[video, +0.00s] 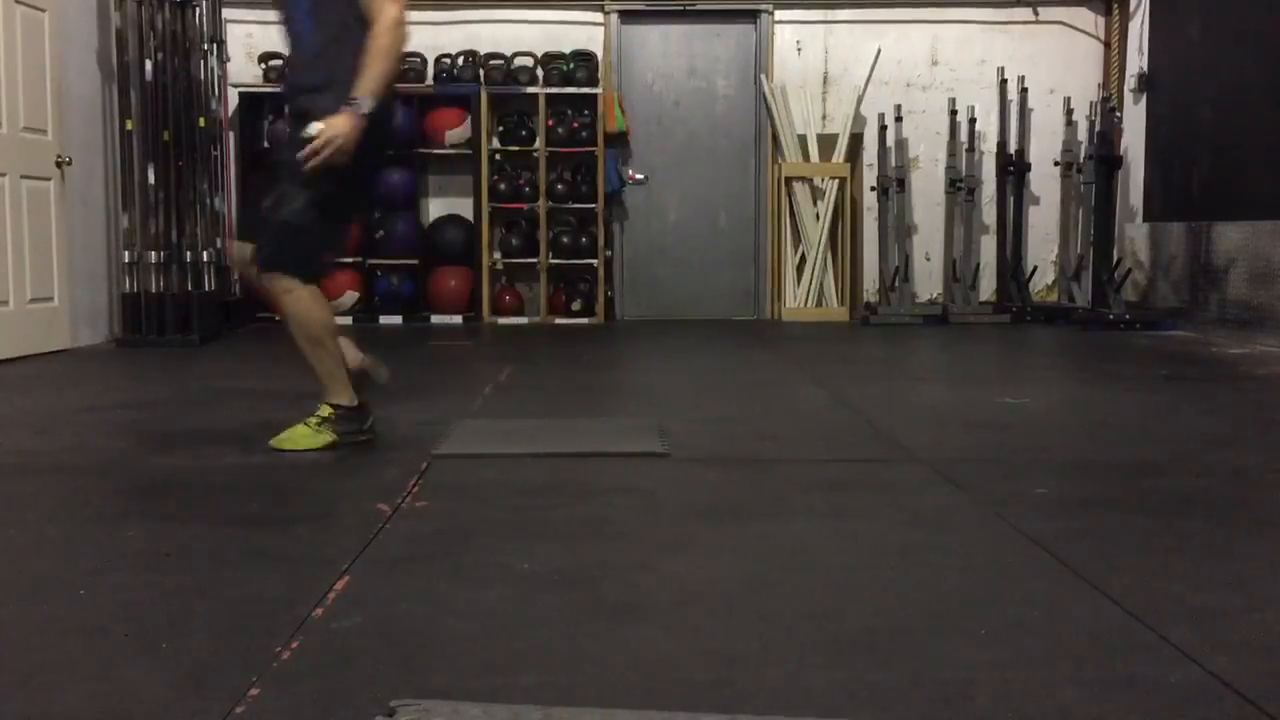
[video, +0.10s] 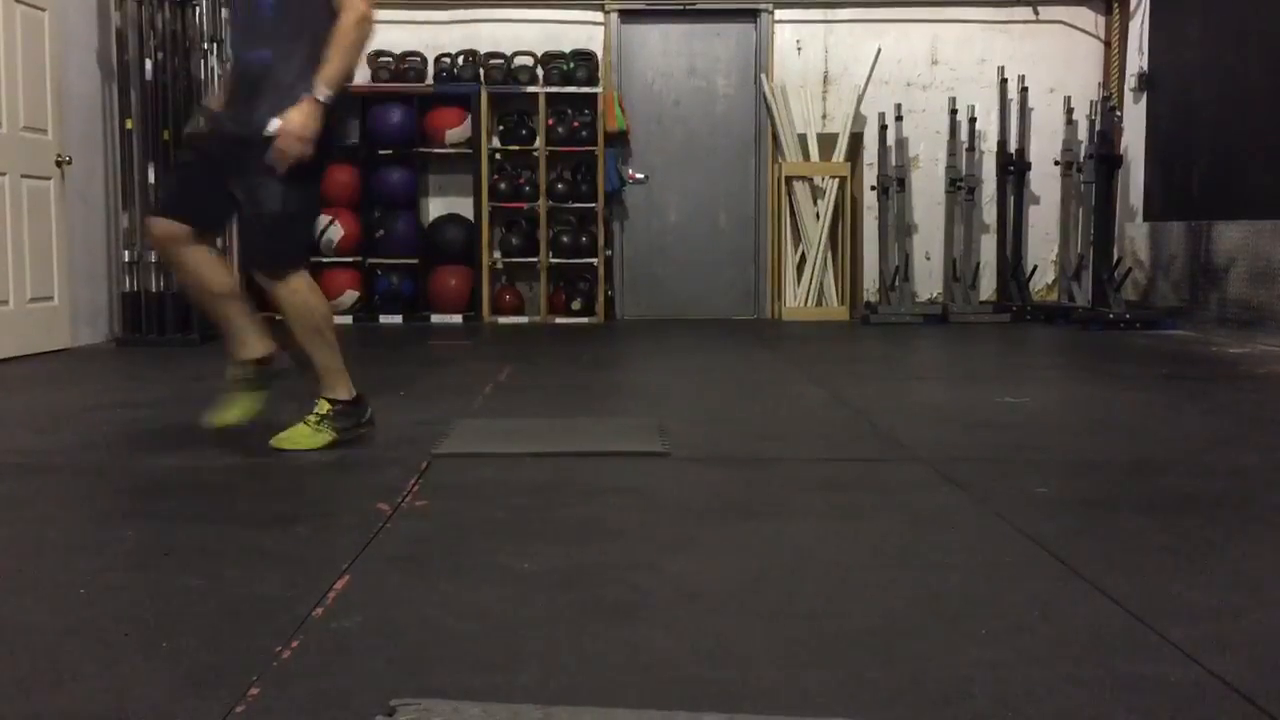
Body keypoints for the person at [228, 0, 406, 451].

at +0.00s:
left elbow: (390, 19)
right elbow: (316, 44)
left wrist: (355, 113)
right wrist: (295, 119)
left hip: (339, 125)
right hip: (304, 123)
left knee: (283, 268)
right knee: (247, 253)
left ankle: (344, 408)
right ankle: (350, 359)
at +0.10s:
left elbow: (357, 15)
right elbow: (253, 38)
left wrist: (314, 101)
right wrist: (221, 102)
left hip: (293, 106)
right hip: (240, 106)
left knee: (276, 262)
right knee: (171, 229)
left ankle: (343, 401)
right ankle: (254, 353)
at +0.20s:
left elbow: (321, 8)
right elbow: (165, 24)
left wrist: (288, 94)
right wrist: (132, 76)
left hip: (245, 107)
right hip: (169, 103)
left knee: (272, 254)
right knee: (119, 238)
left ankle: (336, 390)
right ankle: (124, 383)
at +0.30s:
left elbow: (289, 19)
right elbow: (82, 2)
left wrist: (260, 102)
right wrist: (50, 47)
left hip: (207, 124)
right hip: (114, 117)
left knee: (249, 264)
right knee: (71, 263)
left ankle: (327, 391)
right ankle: (38, 404)